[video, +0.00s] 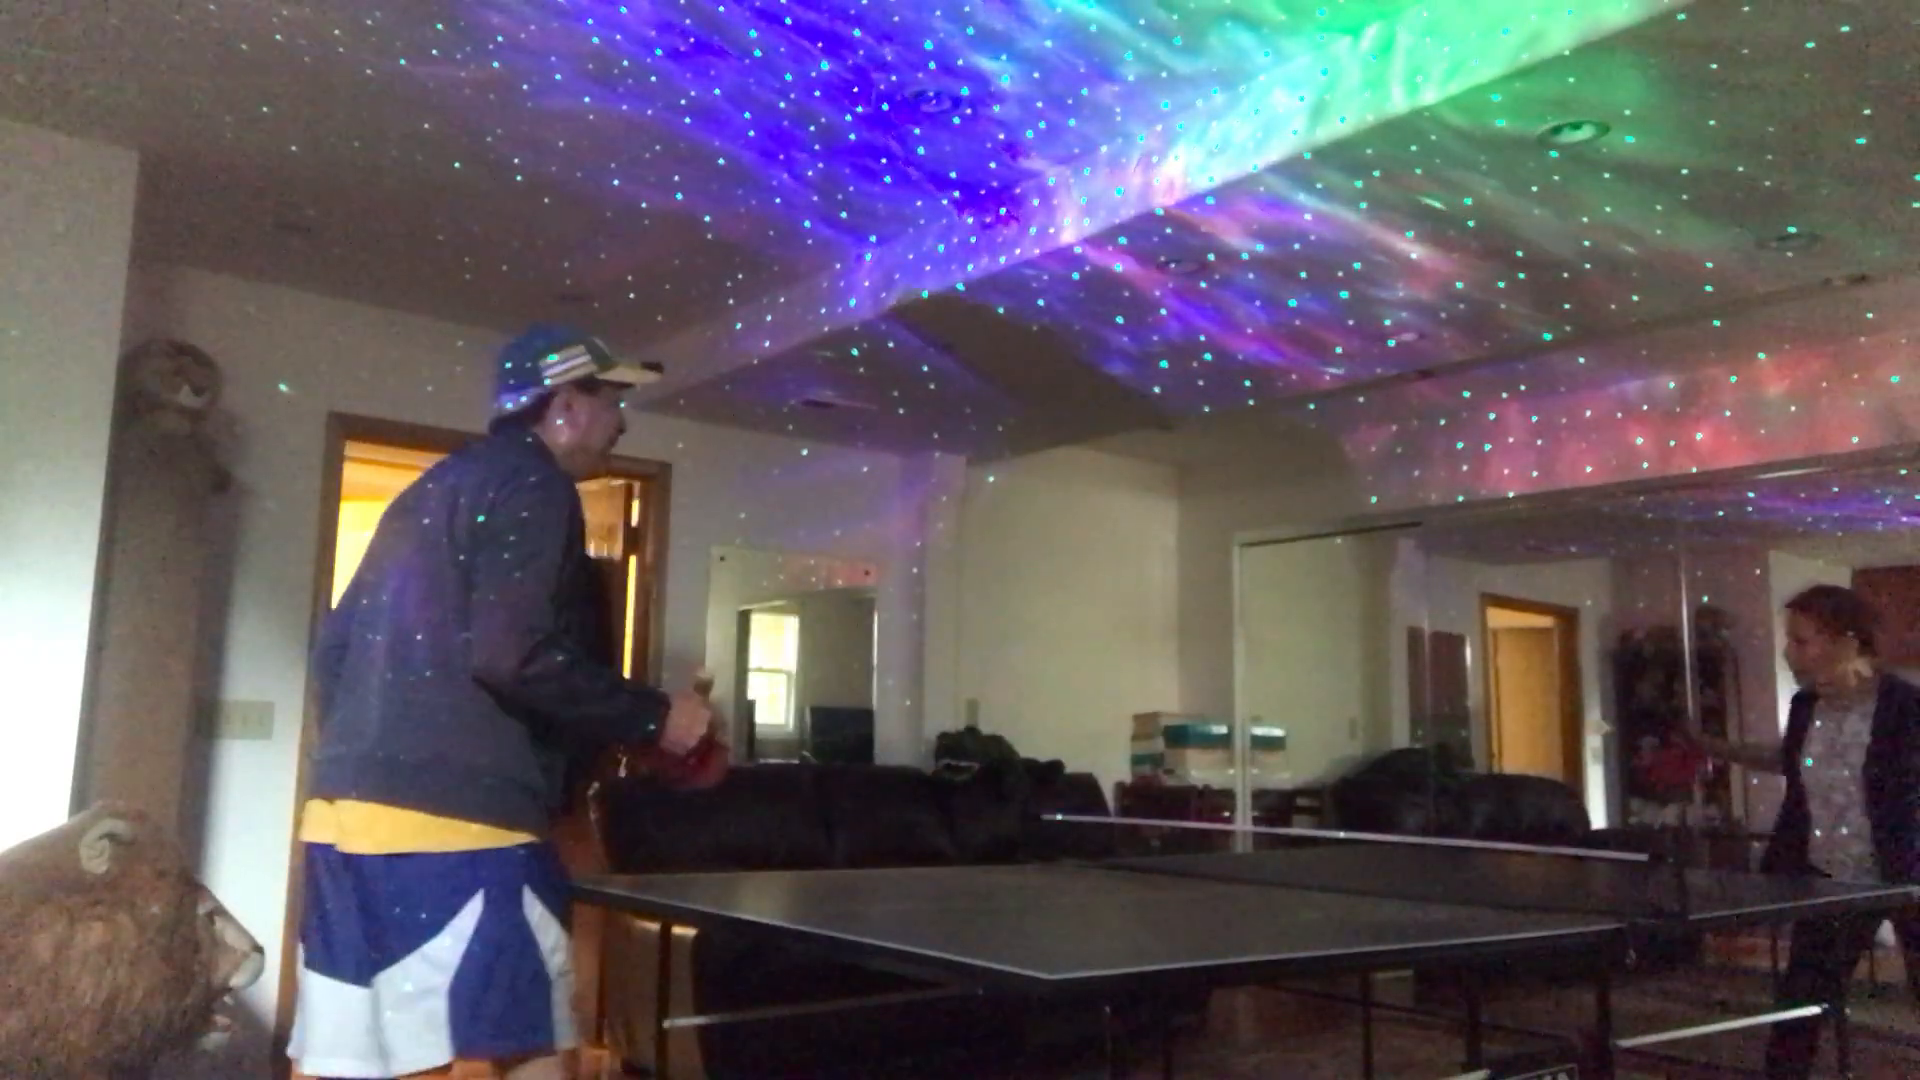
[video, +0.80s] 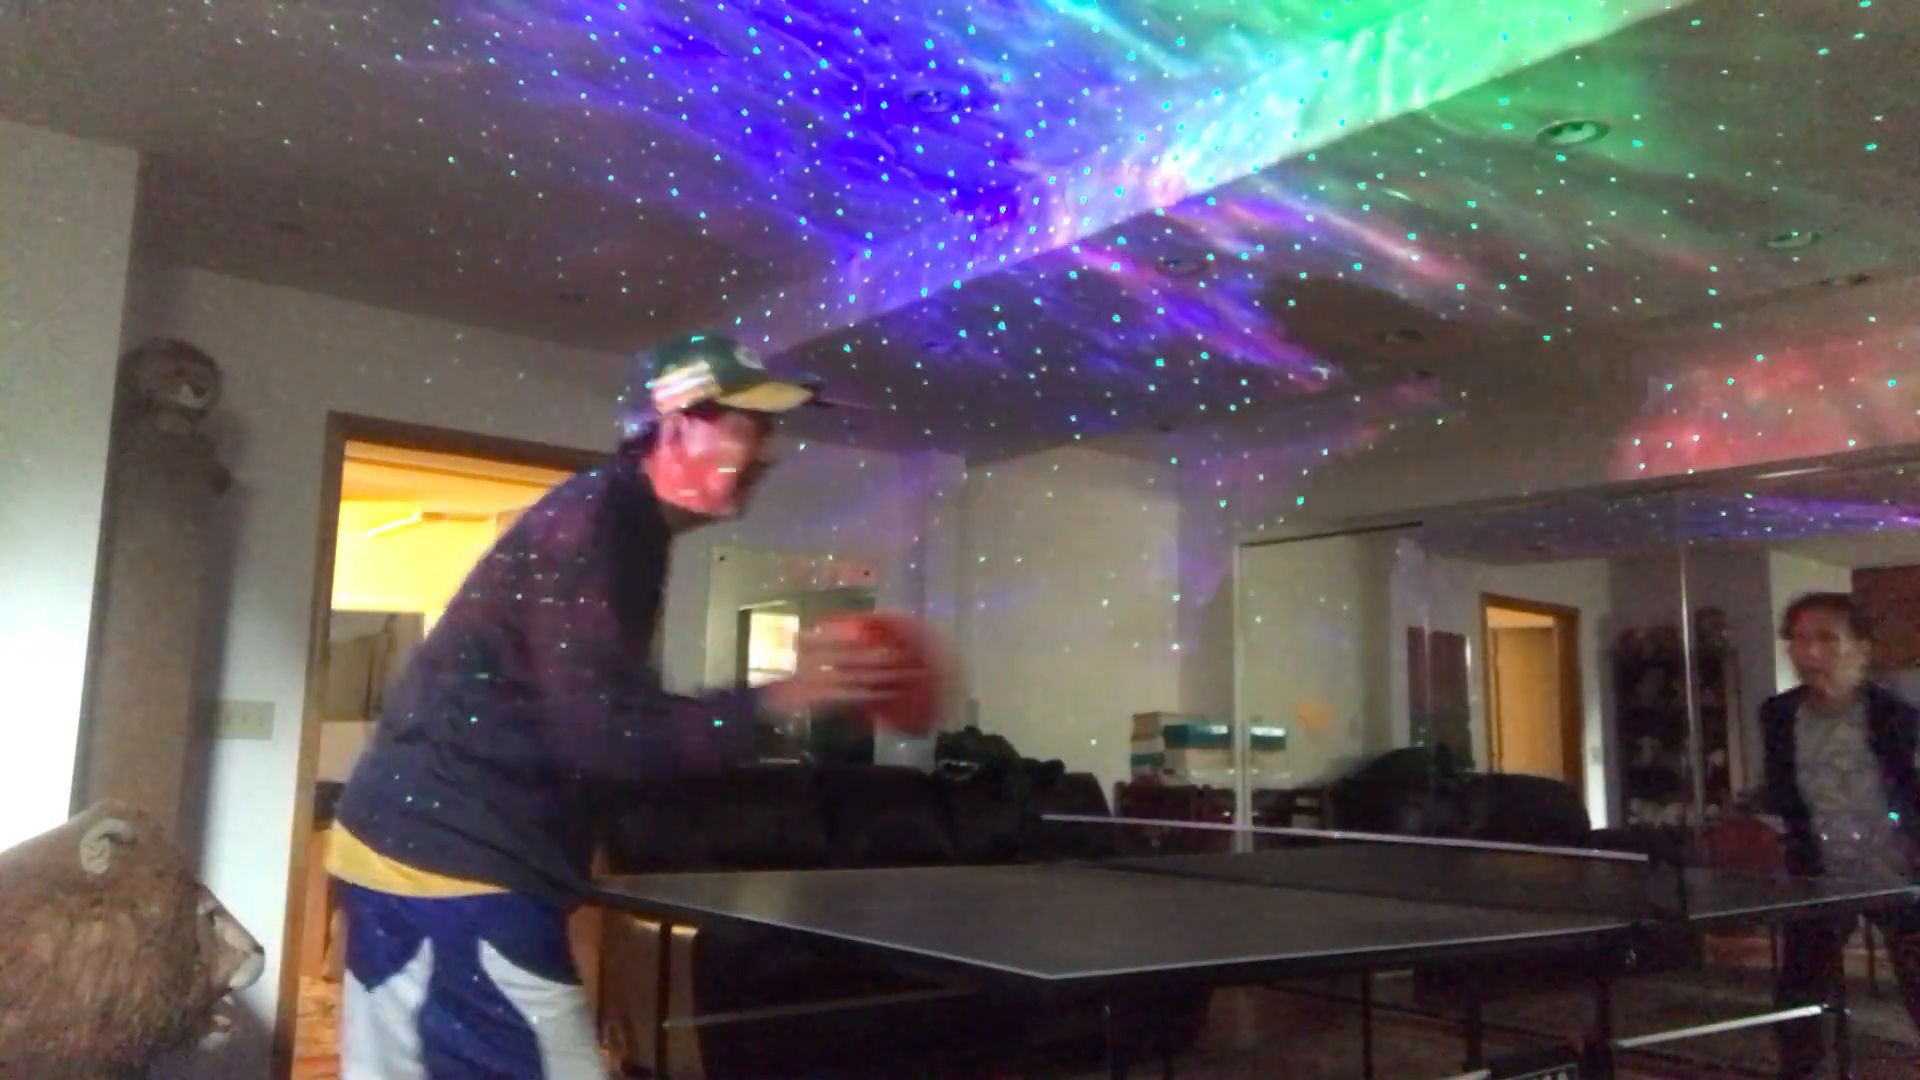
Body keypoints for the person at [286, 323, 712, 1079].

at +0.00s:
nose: (621, 423)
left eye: (621, 404)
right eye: (613, 402)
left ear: (529, 403)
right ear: (565, 404)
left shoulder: (423, 491)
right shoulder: (535, 487)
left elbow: (336, 642)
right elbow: (511, 652)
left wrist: (382, 757)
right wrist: (654, 714)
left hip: (345, 824)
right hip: (459, 829)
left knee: (348, 1062)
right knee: (530, 1061)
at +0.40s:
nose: (667, 422)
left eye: (666, 401)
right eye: (656, 398)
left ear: (596, 401)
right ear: (602, 398)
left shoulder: (470, 476)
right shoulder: (550, 477)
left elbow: (374, 644)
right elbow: (540, 659)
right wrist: (708, 684)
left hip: (350, 832)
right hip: (443, 844)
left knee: (358, 1059)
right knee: (469, 1064)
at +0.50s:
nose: (684, 427)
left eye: (684, 404)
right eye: (674, 400)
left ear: (606, 400)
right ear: (615, 399)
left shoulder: (520, 477)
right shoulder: (540, 474)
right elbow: (458, 642)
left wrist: (638, 789)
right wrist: (616, 741)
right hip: (443, 842)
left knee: (349, 1061)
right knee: (469, 1060)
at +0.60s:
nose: (704, 432)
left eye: (704, 408)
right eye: (692, 404)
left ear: (633, 406)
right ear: (633, 403)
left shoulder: (577, 509)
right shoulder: (548, 480)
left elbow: (551, 700)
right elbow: (427, 654)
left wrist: (627, 797)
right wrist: (579, 756)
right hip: (442, 863)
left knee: (364, 1067)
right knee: (501, 1064)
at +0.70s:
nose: (723, 441)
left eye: (730, 419)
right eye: (701, 412)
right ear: (641, 414)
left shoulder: (598, 514)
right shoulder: (571, 491)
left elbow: (540, 701)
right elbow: (483, 695)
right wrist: (650, 702)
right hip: (440, 869)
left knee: (392, 1067)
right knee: (524, 1063)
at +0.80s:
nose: (763, 452)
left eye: (767, 432)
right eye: (744, 427)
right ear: (677, 422)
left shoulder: (620, 526)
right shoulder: (595, 517)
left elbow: (617, 724)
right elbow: (599, 732)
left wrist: (791, 697)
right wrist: (778, 700)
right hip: (454, 869)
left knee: (397, 1070)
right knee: (553, 1065)